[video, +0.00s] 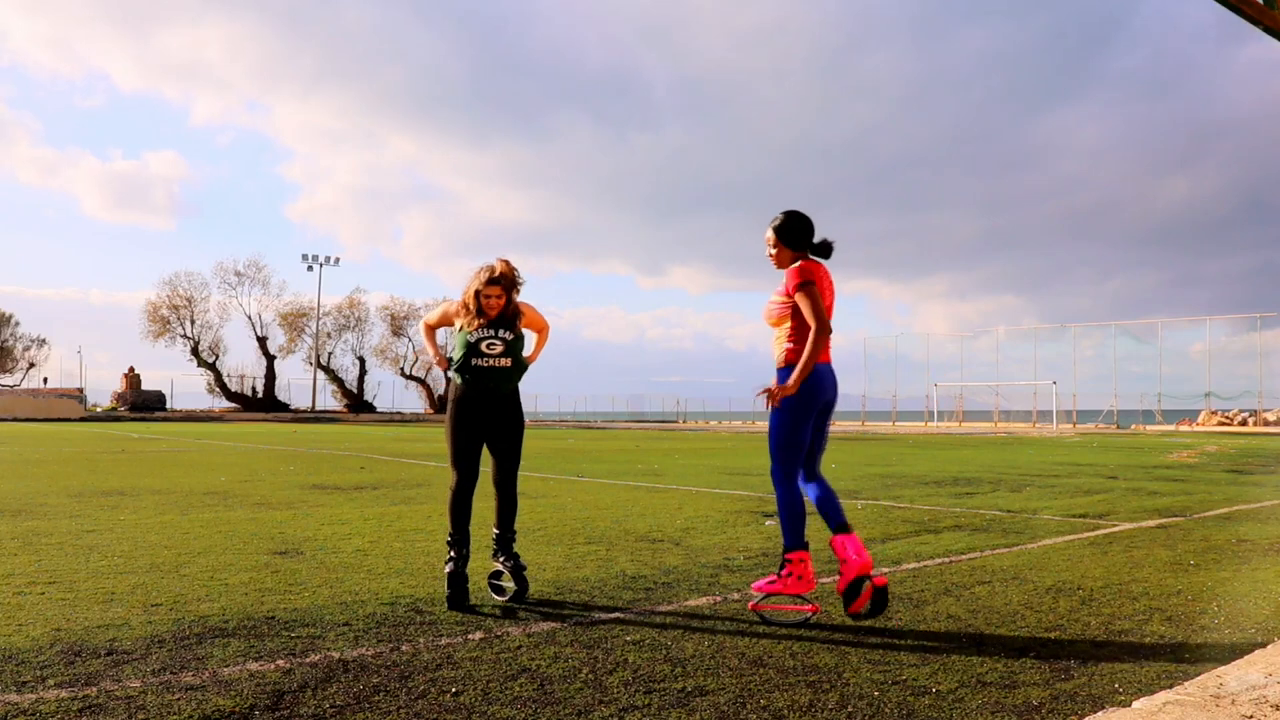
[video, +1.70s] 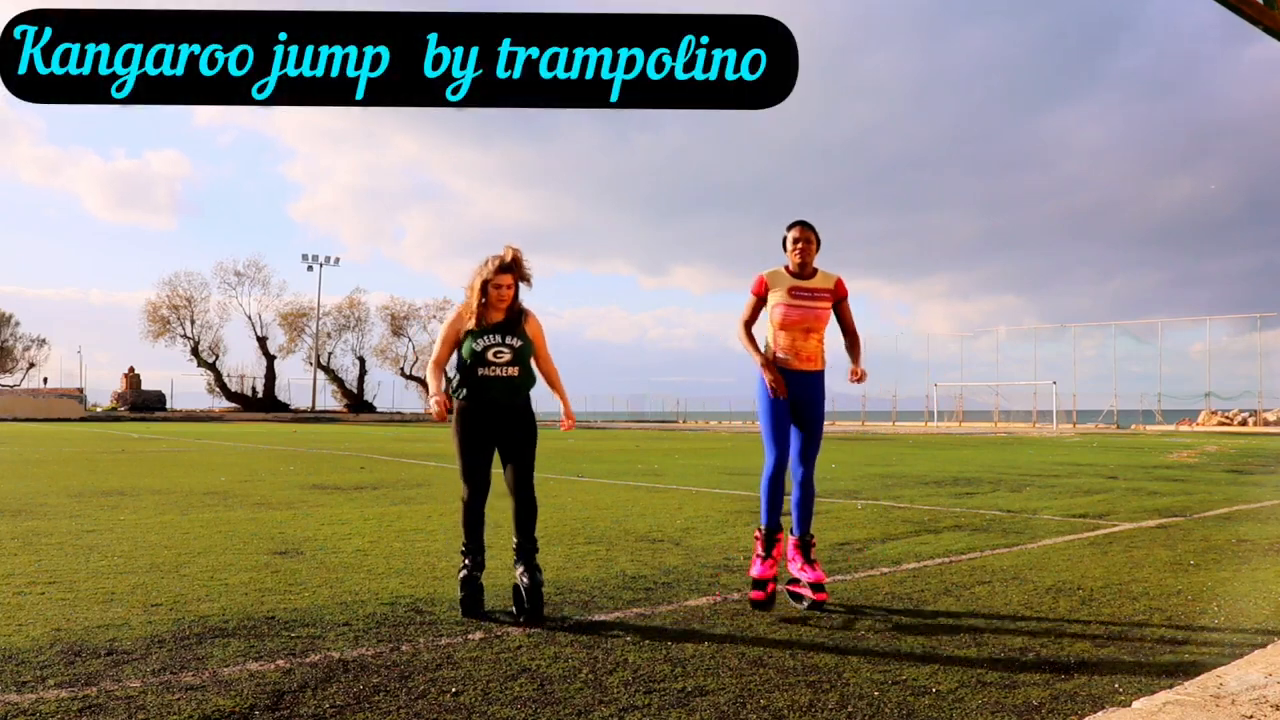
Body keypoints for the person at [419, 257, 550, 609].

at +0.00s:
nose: (493, 303)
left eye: (500, 297)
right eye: (488, 296)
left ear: (509, 295)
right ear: (476, 293)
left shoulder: (519, 313)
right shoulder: (457, 311)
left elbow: (543, 328)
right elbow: (426, 324)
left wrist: (530, 358)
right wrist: (435, 355)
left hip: (506, 402)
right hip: (465, 402)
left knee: (506, 482)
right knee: (464, 480)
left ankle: (504, 550)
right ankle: (457, 553)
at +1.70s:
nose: (504, 292)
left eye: (509, 286)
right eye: (497, 285)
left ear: (516, 288)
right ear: (484, 286)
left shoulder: (527, 321)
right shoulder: (463, 318)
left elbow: (545, 365)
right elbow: (436, 364)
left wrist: (563, 400)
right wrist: (436, 392)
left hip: (516, 414)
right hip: (473, 415)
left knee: (523, 489)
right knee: (473, 492)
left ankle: (526, 565)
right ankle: (472, 564)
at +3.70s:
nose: (530, 274)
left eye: (536, 268)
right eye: (522, 267)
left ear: (544, 272)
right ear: (506, 269)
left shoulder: (559, 315)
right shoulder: (481, 312)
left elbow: (577, 369)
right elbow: (461, 367)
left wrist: (593, 414)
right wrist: (455, 411)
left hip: (547, 425)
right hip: (496, 425)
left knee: (547, 512)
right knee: (498, 512)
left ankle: (548, 596)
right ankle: (495, 601)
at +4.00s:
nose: (555, 250)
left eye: (565, 246)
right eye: (549, 242)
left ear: (576, 254)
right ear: (537, 245)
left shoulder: (584, 297)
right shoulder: (511, 281)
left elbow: (609, 342)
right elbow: (477, 330)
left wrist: (612, 356)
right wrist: (451, 378)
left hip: (545, 402)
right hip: (495, 397)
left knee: (546, 493)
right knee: (487, 485)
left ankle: (548, 592)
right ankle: (475, 587)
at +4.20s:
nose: (562, 279)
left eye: (571, 272)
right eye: (556, 270)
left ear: (584, 279)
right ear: (544, 273)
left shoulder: (592, 325)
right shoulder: (522, 308)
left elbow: (616, 383)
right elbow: (483, 353)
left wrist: (621, 355)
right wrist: (446, 398)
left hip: (556, 425)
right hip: (505, 414)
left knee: (551, 514)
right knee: (464, 493)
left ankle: (540, 608)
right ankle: (413, 586)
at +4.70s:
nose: (564, 283)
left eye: (571, 277)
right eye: (557, 276)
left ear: (582, 284)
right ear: (545, 282)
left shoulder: (591, 333)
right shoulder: (521, 316)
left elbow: (607, 386)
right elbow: (482, 364)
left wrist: (622, 393)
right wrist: (445, 410)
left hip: (551, 429)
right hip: (502, 418)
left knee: (545, 515)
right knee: (449, 491)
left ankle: (539, 605)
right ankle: (390, 572)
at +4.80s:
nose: (544, 282)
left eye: (553, 276)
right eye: (538, 274)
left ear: (566, 283)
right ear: (527, 280)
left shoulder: (577, 329)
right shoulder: (506, 316)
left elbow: (582, 380)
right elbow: (476, 366)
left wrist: (578, 426)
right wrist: (477, 401)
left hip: (548, 430)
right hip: (498, 422)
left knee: (543, 516)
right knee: (455, 498)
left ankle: (539, 606)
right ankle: (428, 586)